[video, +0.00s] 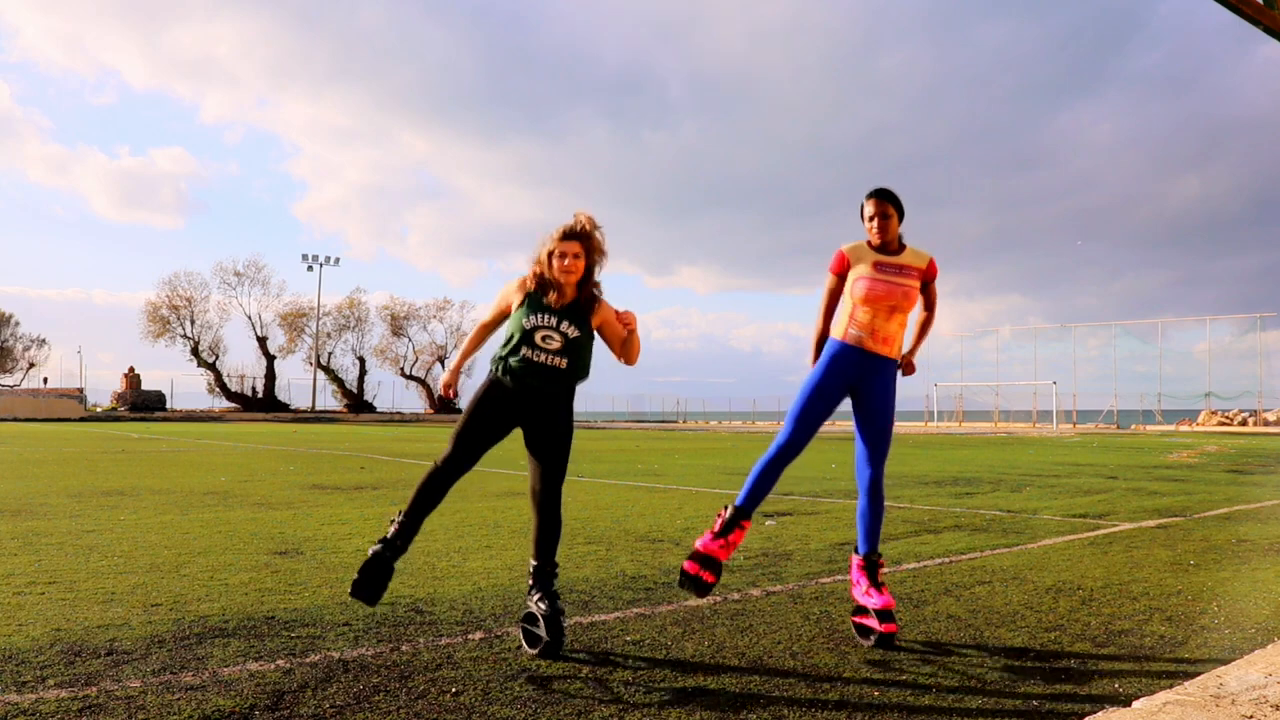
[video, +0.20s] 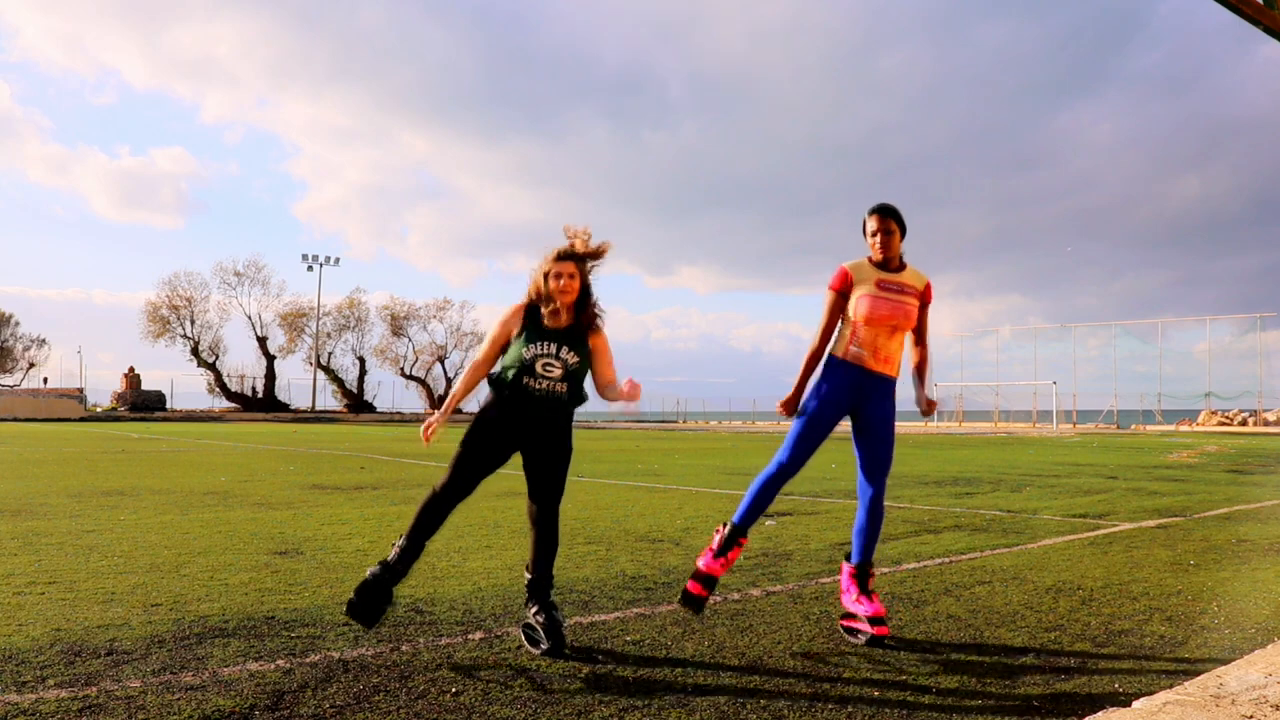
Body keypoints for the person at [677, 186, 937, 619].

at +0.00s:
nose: (877, 224)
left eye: (885, 216)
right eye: (871, 218)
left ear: (900, 220)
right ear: (864, 223)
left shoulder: (922, 265)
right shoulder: (850, 256)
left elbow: (929, 309)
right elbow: (828, 307)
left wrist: (911, 351)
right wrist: (816, 356)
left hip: (882, 371)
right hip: (838, 359)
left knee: (872, 477)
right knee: (788, 443)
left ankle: (867, 570)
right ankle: (731, 525)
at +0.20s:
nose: (880, 240)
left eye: (887, 232)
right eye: (873, 234)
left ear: (902, 236)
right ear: (866, 239)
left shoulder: (919, 286)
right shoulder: (851, 274)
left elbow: (920, 343)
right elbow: (822, 338)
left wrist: (921, 388)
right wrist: (797, 390)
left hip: (880, 391)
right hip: (836, 379)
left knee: (874, 489)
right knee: (786, 463)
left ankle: (856, 582)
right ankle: (727, 540)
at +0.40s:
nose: (867, 223)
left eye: (874, 216)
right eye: (861, 216)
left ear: (888, 221)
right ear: (851, 222)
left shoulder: (910, 255)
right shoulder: (835, 257)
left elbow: (948, 284)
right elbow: (793, 303)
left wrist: (940, 315)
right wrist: (827, 327)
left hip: (880, 370)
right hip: (838, 365)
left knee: (873, 476)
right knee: (815, 462)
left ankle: (865, 570)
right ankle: (785, 553)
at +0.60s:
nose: (852, 222)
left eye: (860, 216)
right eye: (846, 214)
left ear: (870, 220)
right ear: (833, 216)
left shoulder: (888, 260)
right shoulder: (814, 260)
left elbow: (904, 319)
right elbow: (798, 322)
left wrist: (921, 369)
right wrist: (823, 292)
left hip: (880, 365)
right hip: (835, 368)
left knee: (913, 463)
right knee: (841, 471)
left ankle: (946, 552)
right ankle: (848, 574)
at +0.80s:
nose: (839, 250)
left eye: (846, 244)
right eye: (833, 242)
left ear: (855, 249)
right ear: (819, 245)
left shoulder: (872, 284)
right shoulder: (800, 291)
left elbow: (886, 339)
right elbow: (793, 353)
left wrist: (895, 387)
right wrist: (816, 294)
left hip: (882, 388)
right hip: (838, 398)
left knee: (946, 467)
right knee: (849, 496)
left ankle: (1010, 538)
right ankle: (864, 588)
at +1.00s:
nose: (836, 218)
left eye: (843, 211)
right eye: (830, 210)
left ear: (852, 215)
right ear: (814, 212)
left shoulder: (871, 248)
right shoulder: (799, 257)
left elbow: (891, 307)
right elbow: (795, 320)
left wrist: (902, 359)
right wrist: (817, 260)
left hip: (886, 353)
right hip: (841, 364)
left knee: (951, 437)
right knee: (851, 467)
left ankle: (1014, 512)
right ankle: (856, 569)